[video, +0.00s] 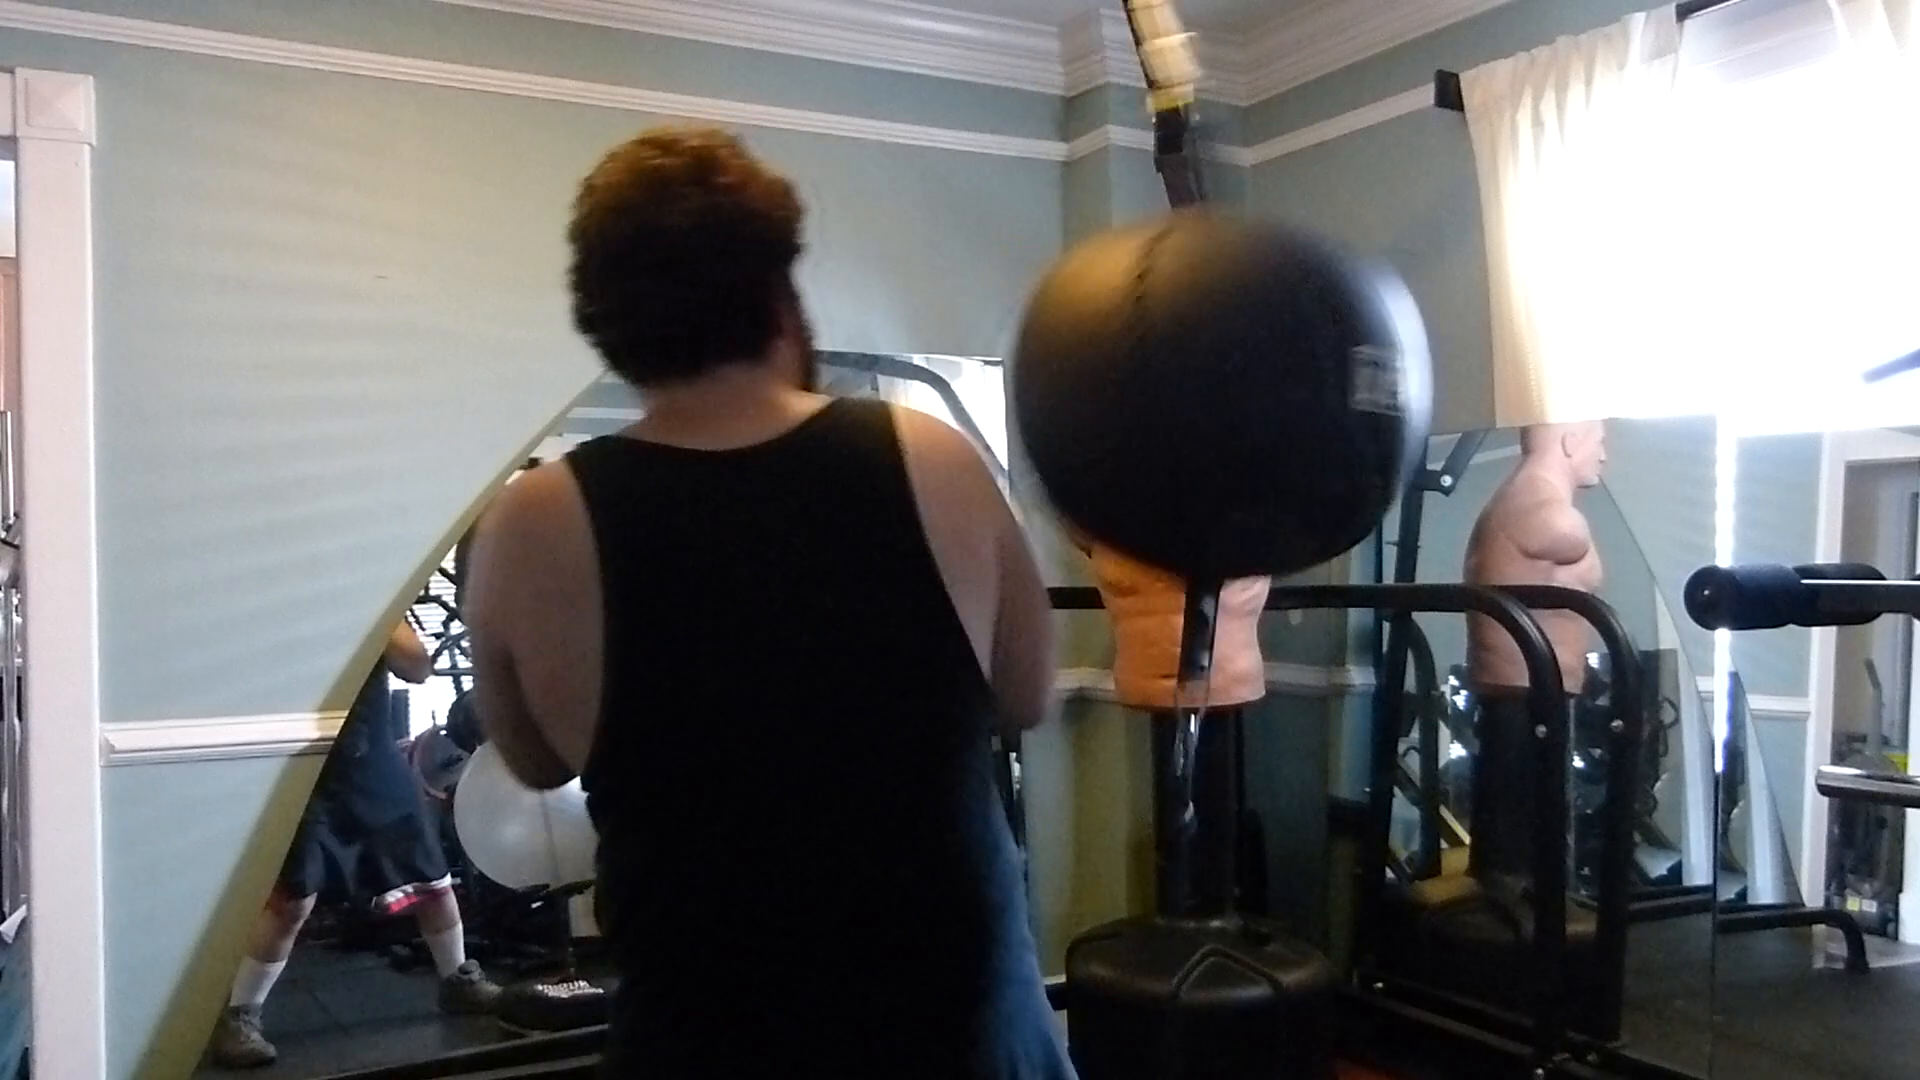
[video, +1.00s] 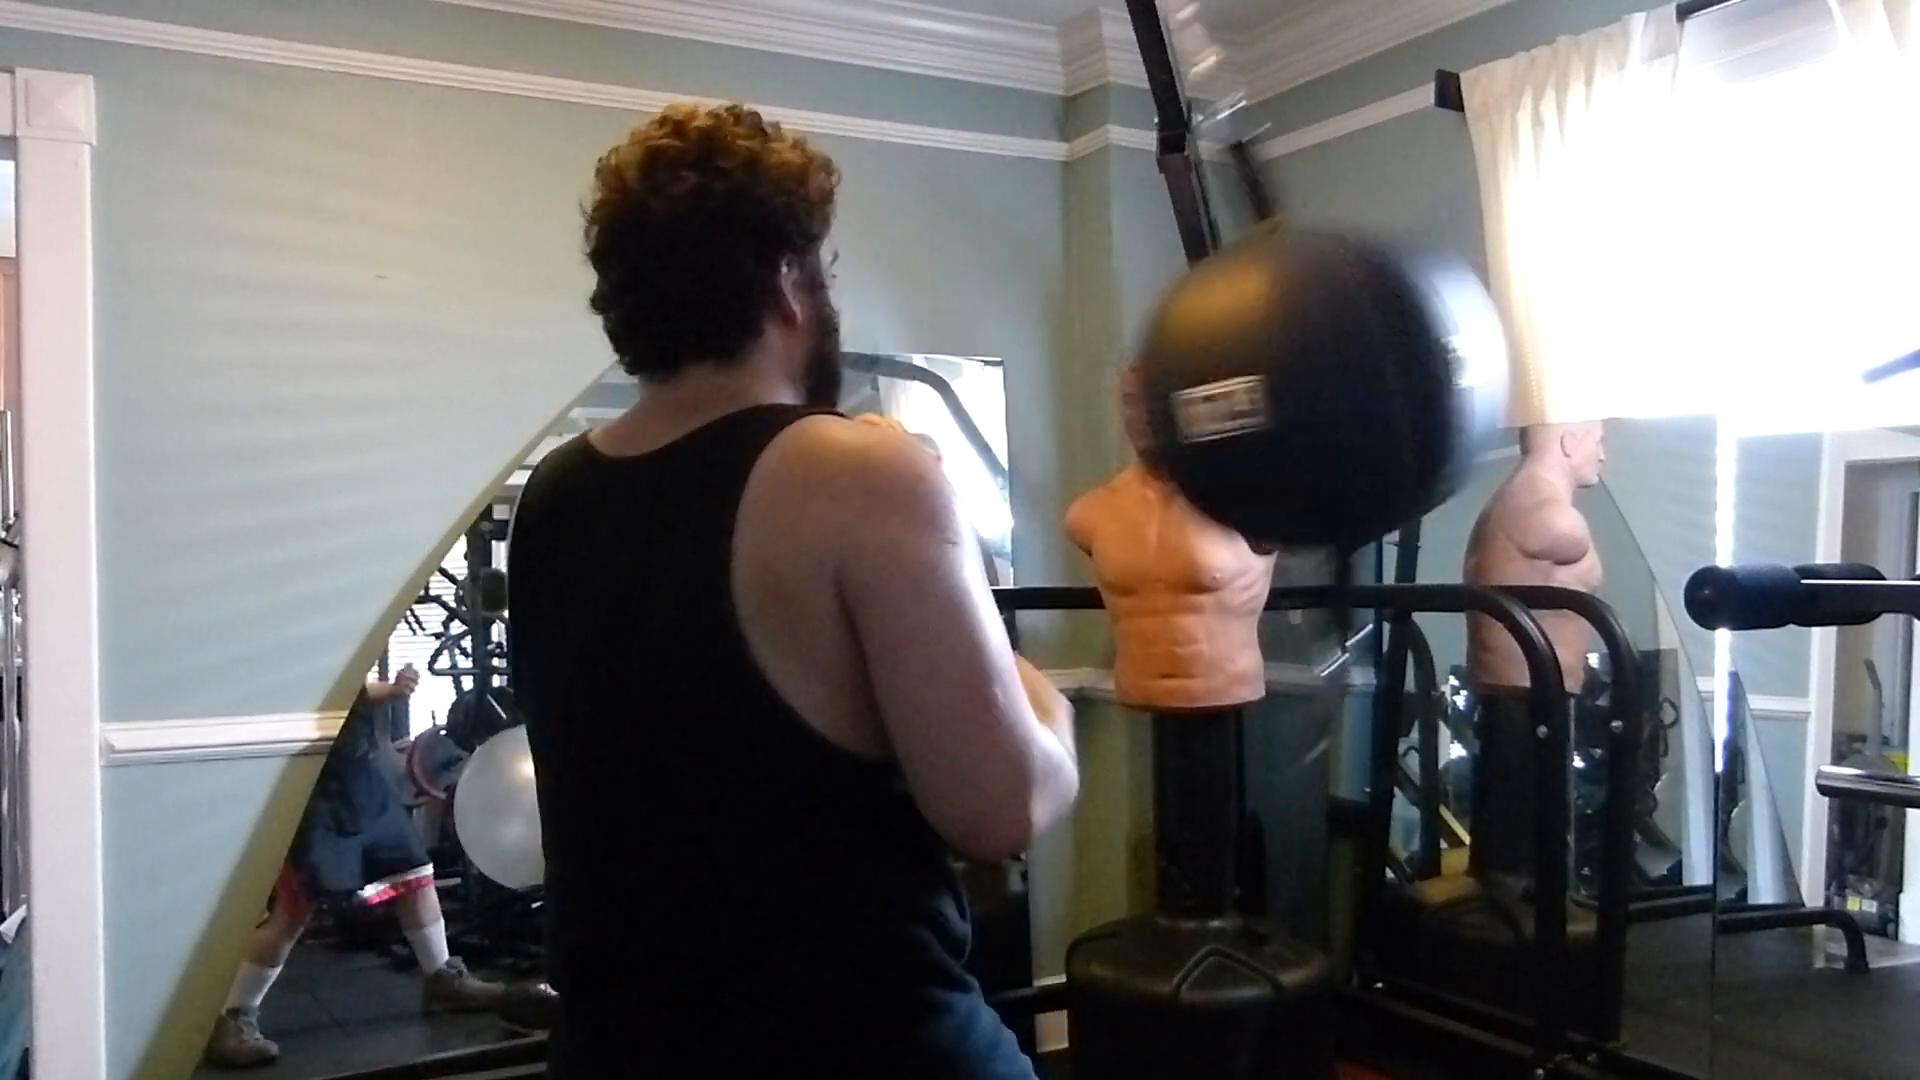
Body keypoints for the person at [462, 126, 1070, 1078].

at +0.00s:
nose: (806, 299)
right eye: (795, 276)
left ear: (604, 321)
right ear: (780, 296)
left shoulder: (534, 525)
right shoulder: (933, 460)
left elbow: (536, 759)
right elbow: (1024, 695)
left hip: (698, 1025)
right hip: (953, 1013)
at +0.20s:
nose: (718, 337)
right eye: (707, 314)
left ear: (524, 379)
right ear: (694, 327)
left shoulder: (485, 549)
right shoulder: (860, 446)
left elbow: (444, 854)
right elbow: (988, 688)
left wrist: (563, 725)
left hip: (696, 1032)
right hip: (967, 1014)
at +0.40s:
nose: (828, 308)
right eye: (819, 286)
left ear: (627, 336)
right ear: (808, 304)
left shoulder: (589, 543)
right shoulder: (956, 457)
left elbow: (610, 738)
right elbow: (1134, 695)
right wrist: (961, 698)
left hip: (713, 1029)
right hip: (975, 1022)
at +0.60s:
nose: (894, 300)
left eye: (883, 270)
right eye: (882, 272)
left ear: (694, 322)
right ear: (855, 296)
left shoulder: (690, 500)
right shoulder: (884, 465)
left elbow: (883, 620)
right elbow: (1076, 743)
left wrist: (977, 434)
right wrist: (1080, 605)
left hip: (744, 1009)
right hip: (937, 1018)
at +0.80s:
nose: (869, 316)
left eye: (863, 285)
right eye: (858, 284)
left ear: (665, 307)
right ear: (817, 293)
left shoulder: (599, 512)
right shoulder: (864, 483)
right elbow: (1016, 805)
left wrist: (884, 489)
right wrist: (963, 534)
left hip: (665, 1014)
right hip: (881, 1023)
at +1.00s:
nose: (834, 298)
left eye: (828, 267)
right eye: (824, 268)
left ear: (626, 300)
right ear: (789, 285)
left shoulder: (554, 499)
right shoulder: (865, 472)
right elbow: (997, 813)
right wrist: (1042, 706)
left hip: (625, 1028)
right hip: (868, 1033)